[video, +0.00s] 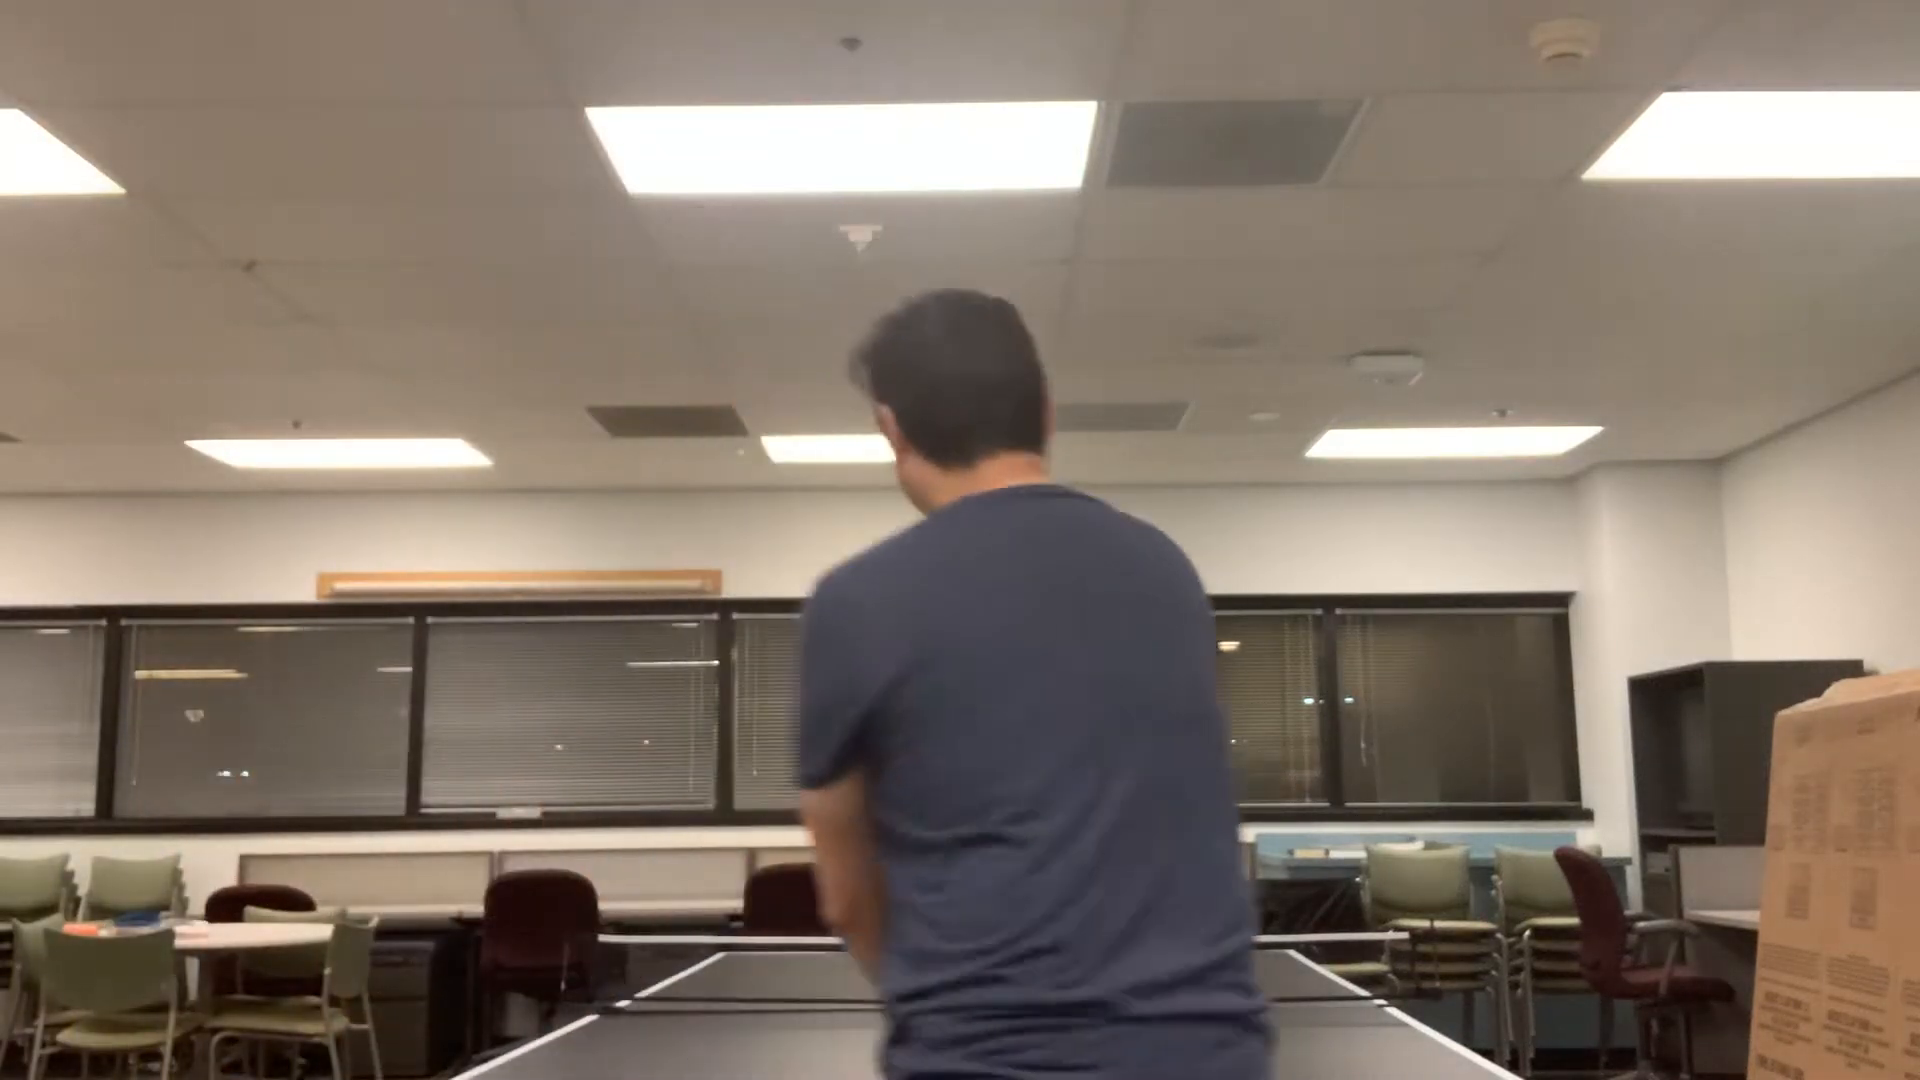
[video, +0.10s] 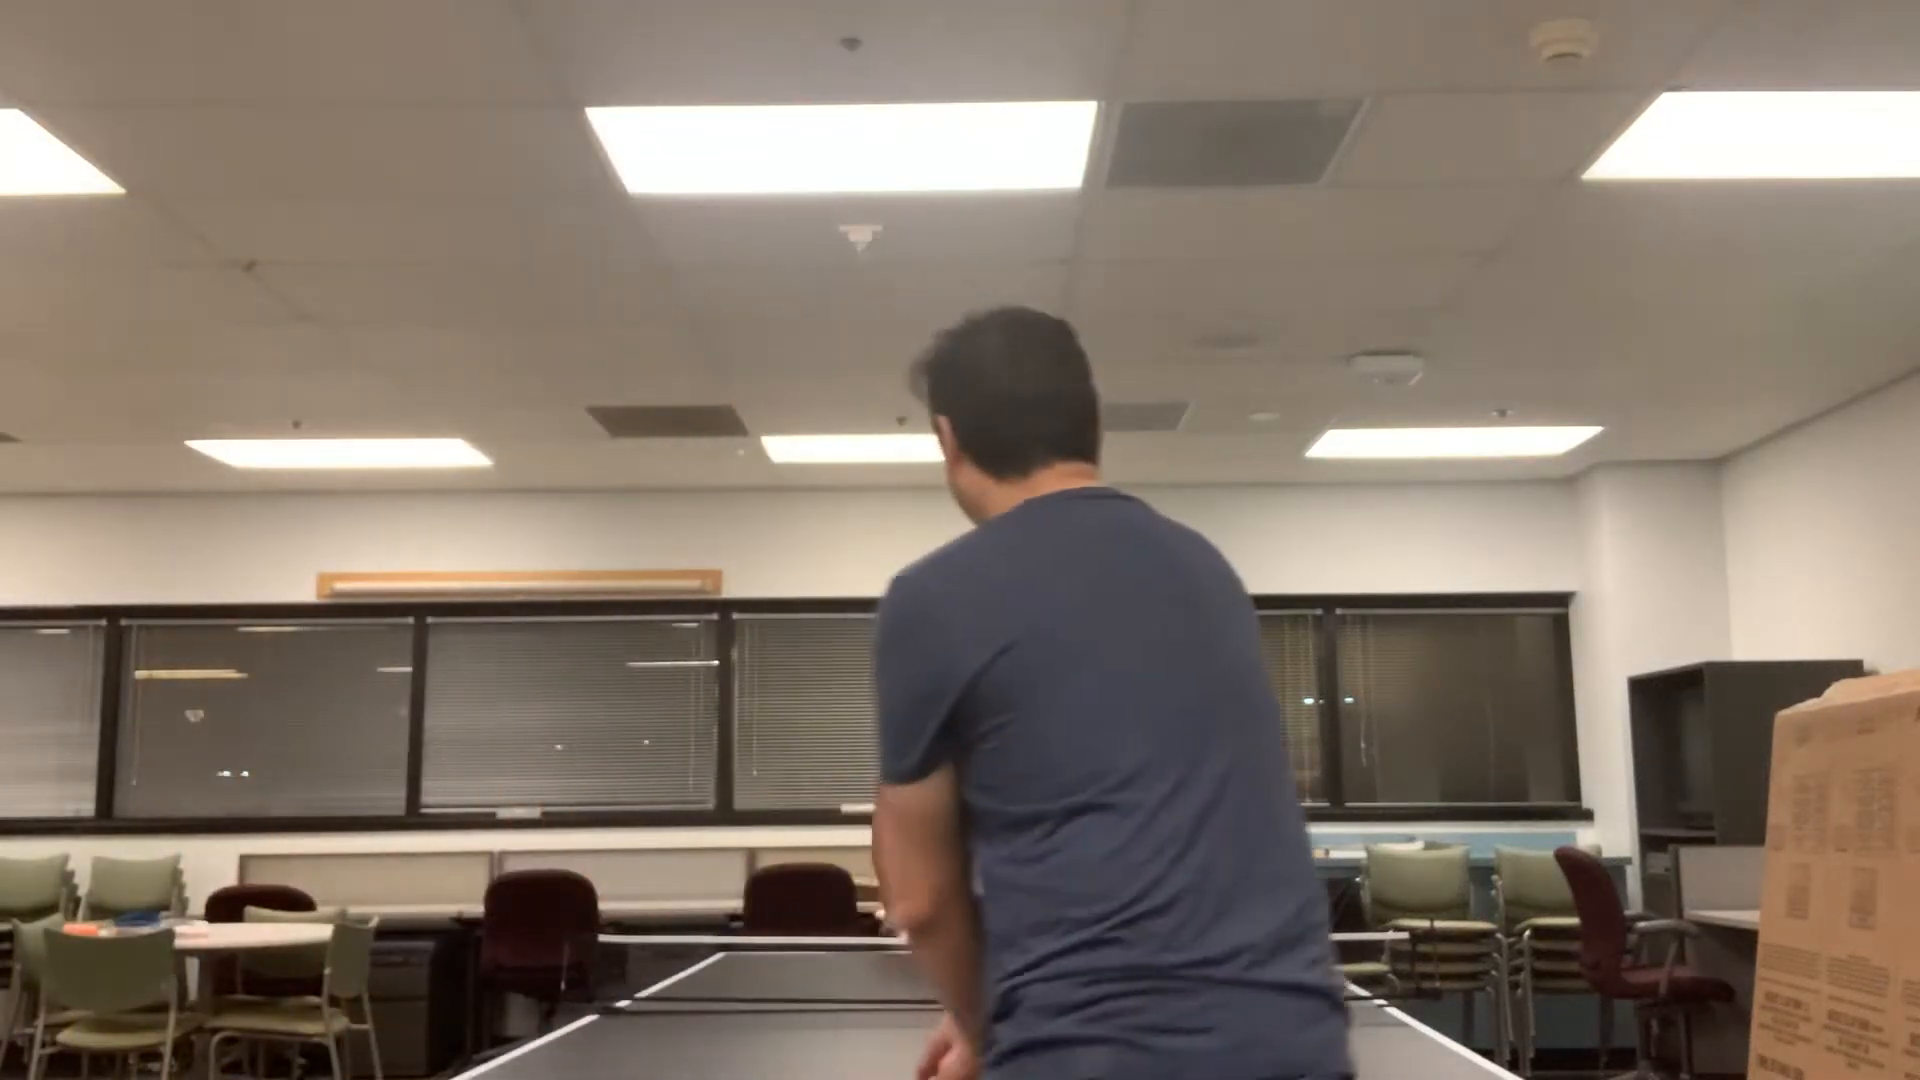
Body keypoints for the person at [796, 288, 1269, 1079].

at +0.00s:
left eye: (875, 427)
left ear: (893, 432)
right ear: (1047, 409)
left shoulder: (863, 601)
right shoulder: (1164, 566)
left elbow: (851, 902)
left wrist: (938, 1003)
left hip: (976, 1052)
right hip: (1204, 1044)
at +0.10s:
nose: (939, 454)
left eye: (934, 436)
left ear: (949, 441)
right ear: (1092, 422)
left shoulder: (940, 595)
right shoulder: (1203, 564)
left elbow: (922, 903)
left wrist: (974, 1025)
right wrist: (979, 1031)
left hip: (1082, 1048)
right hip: (1290, 1037)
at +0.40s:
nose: (1040, 466)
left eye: (1036, 447)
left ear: (1051, 445)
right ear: (1190, 437)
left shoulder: (1038, 579)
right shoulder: (1290, 565)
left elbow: (1021, 881)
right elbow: (1204, 851)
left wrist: (1044, 1055)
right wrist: (1043, 1009)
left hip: (1232, 1035)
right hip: (1417, 1025)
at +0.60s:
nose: (1071, 450)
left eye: (1068, 430)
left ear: (1084, 430)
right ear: (1226, 420)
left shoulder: (1059, 576)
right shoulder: (1333, 559)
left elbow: (1017, 878)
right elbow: (1338, 817)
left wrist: (1032, 1041)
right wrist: (1175, 948)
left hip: (1266, 1039)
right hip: (1450, 1029)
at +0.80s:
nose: (1110, 405)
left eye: (1108, 385)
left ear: (1123, 384)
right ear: (1283, 384)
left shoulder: (1080, 554)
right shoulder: (1417, 569)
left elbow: (988, 878)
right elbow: (1462, 843)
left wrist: (1028, 967)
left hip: (1224, 1048)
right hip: (1453, 1046)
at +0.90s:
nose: (1120, 375)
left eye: (1118, 354)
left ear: (1134, 356)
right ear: (1303, 358)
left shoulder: (1076, 537)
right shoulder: (1452, 558)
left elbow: (979, 873)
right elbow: (1509, 865)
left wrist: (1045, 945)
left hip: (1213, 1046)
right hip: (1461, 1049)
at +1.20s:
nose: (1179, 303)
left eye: (1175, 283)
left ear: (1191, 278)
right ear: (1380, 279)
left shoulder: (1104, 479)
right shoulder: (1549, 505)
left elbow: (1012, 847)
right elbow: (1625, 835)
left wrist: (1143, 823)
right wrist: (1479, 893)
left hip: (1212, 1047)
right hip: (1499, 1052)